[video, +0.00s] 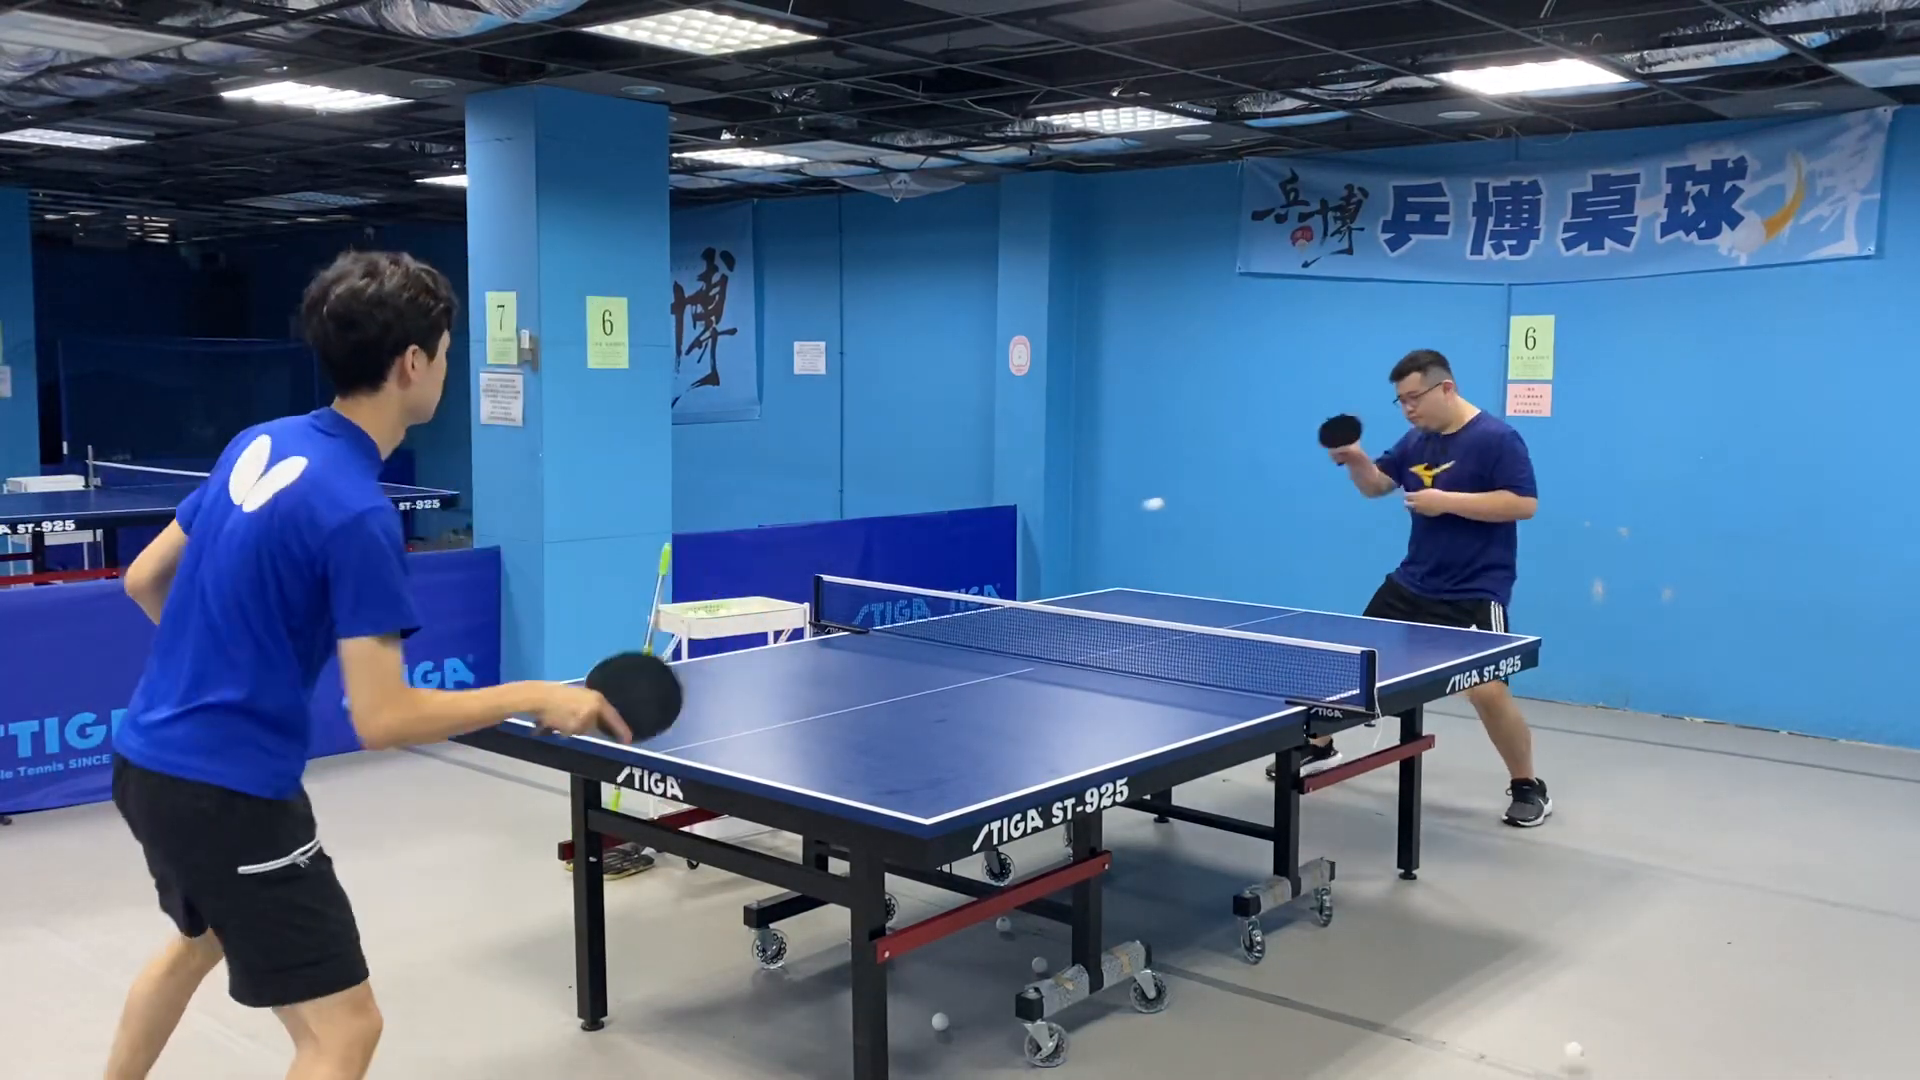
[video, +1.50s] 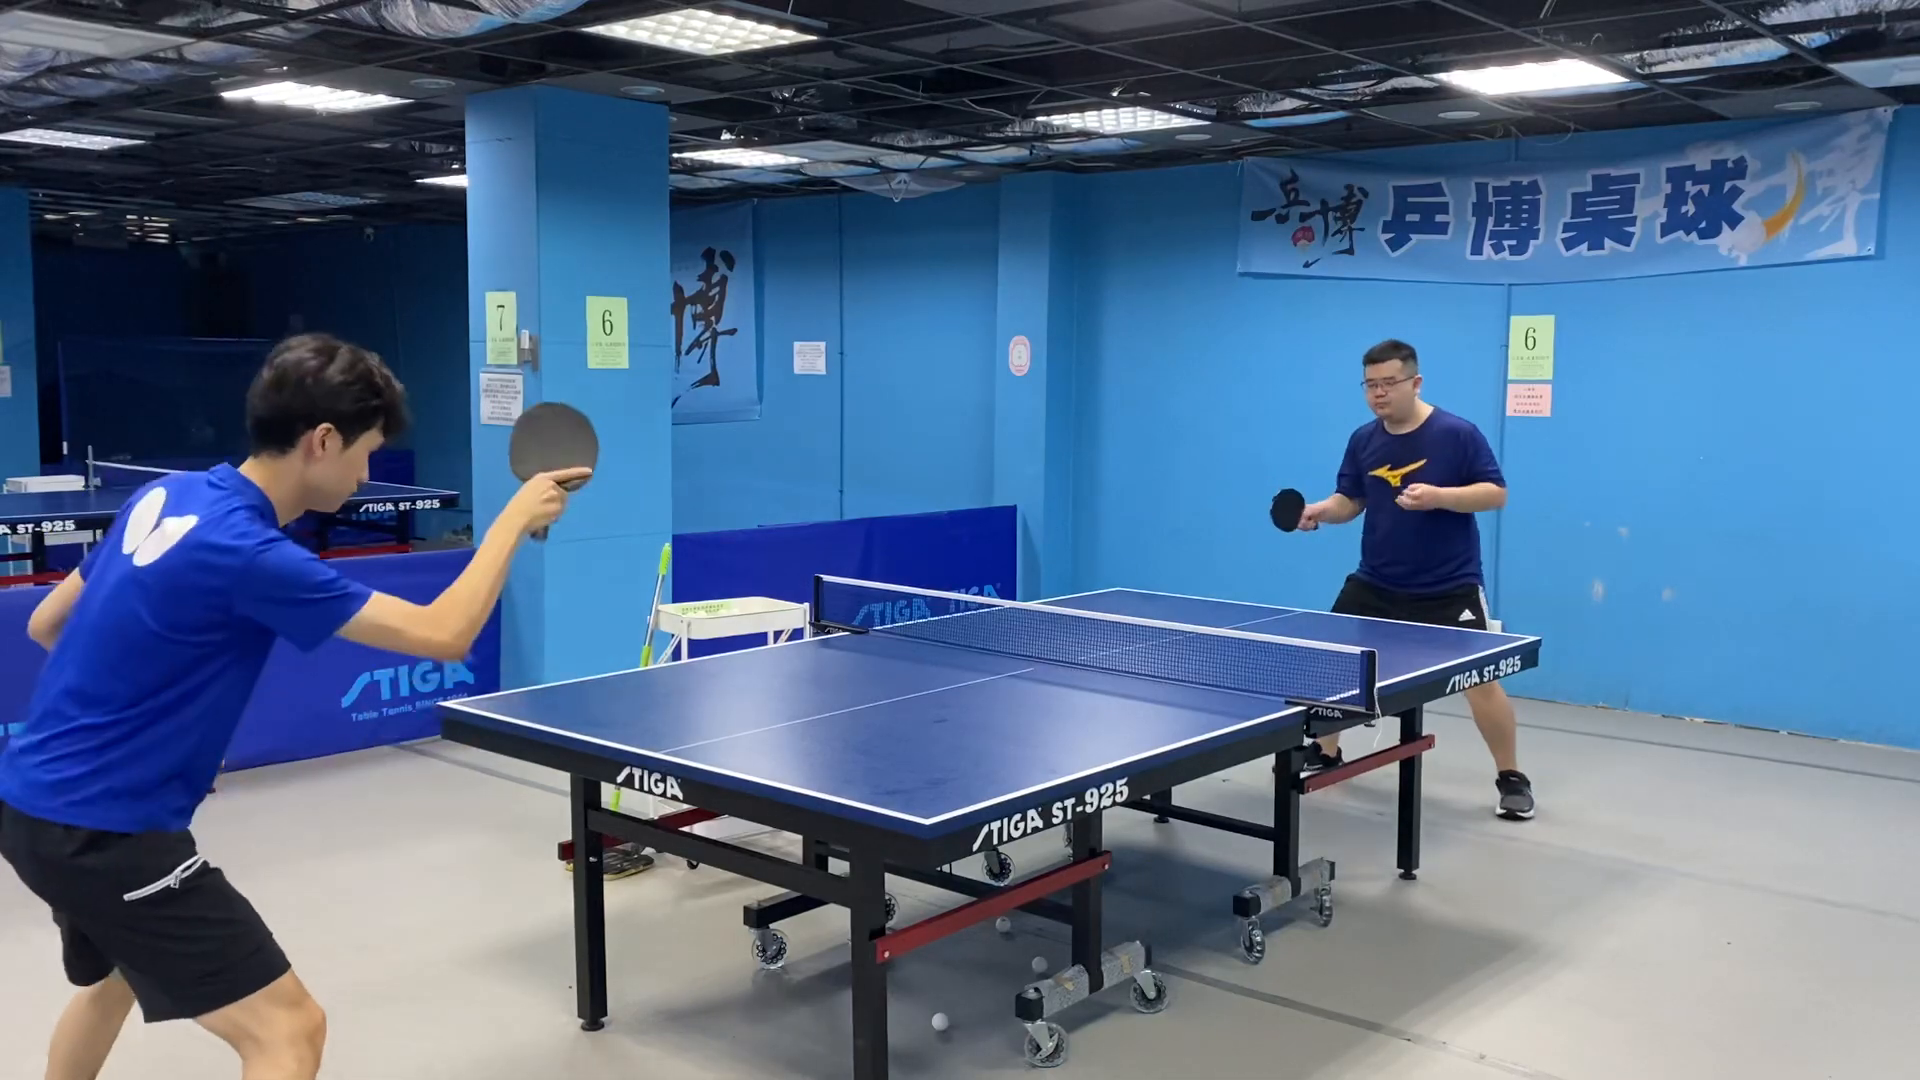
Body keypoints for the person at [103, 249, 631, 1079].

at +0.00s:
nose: (445, 374)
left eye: (445, 354)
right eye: (443, 354)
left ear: (334, 355)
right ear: (408, 365)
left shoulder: (256, 445)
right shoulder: (357, 508)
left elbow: (147, 577)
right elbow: (383, 715)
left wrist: (225, 658)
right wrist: (537, 698)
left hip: (147, 761)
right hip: (233, 790)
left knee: (200, 938)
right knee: (341, 1030)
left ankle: (118, 1073)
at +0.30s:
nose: (389, 450)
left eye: (392, 432)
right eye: (390, 431)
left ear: (294, 420)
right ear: (357, 432)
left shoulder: (225, 499)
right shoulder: (262, 558)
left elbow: (125, 630)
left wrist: (216, 753)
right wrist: (364, 723)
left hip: (96, 788)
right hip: (142, 816)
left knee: (174, 964)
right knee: (316, 1027)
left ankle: (86, 1073)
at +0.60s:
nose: (312, 380)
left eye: (312, 361)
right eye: (311, 362)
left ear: (208, 368)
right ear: (284, 373)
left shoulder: (118, 471)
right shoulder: (298, 504)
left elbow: (15, 619)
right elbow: (480, 574)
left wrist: (90, 689)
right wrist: (577, 529)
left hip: (64, 789)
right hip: (168, 804)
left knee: (98, 962)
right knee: (306, 1026)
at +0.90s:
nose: (309, 370)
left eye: (306, 351)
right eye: (305, 352)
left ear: (202, 361)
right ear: (273, 366)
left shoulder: (118, 466)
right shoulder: (272, 510)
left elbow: (31, 616)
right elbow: (389, 669)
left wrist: (113, 677)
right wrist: (485, 608)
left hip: (64, 782)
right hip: (164, 801)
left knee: (105, 962)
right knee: (293, 1025)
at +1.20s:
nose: (354, 453)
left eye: (355, 434)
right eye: (347, 433)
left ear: (287, 433)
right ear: (294, 434)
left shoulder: (210, 515)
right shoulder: (201, 560)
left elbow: (183, 704)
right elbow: (168, 761)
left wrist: (269, 774)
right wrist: (319, 786)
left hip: (90, 807)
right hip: (102, 824)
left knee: (162, 975)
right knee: (278, 1030)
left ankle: (81, 1077)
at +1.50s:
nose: (365, 477)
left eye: (372, 459)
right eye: (366, 456)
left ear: (304, 437)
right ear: (319, 440)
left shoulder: (165, 496)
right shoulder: (251, 553)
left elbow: (46, 621)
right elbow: (445, 633)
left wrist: (144, 686)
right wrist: (516, 521)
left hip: (38, 802)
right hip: (108, 829)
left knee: (110, 979)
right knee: (286, 1030)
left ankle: (54, 1079)